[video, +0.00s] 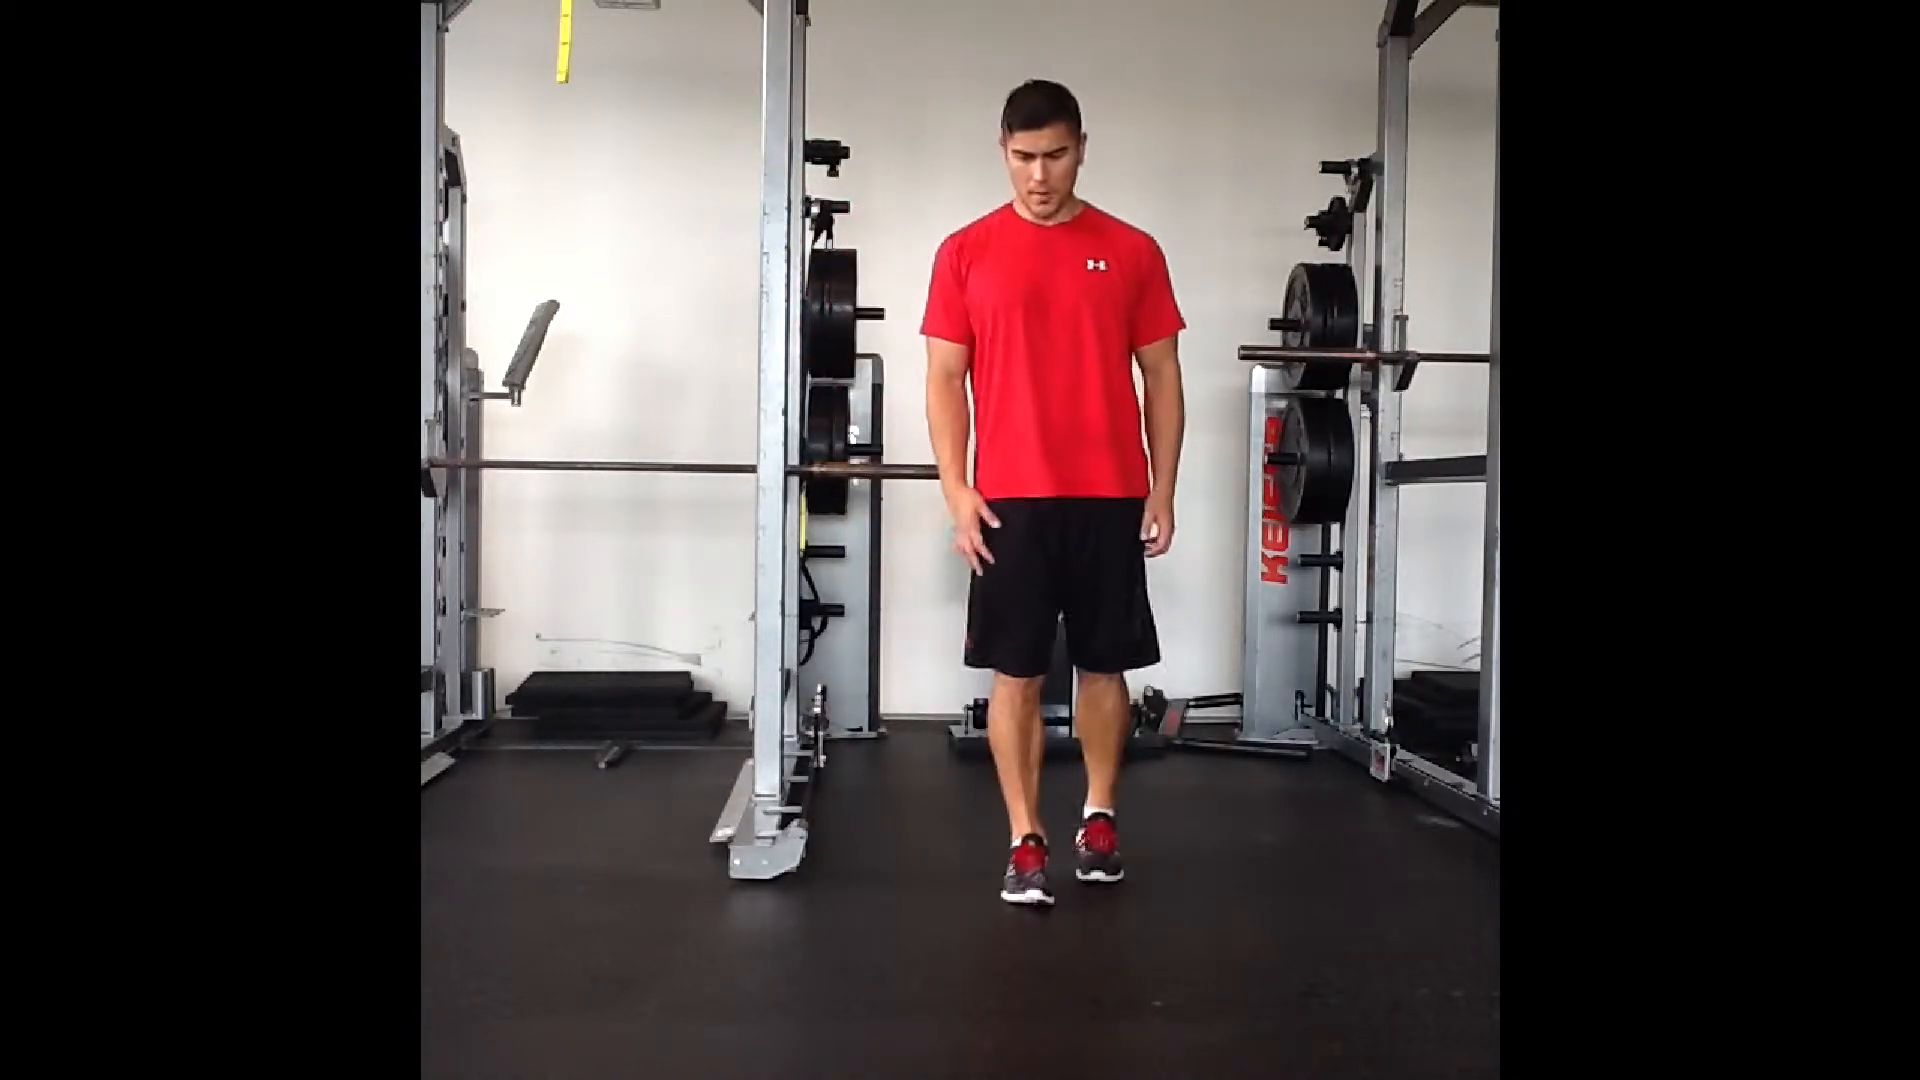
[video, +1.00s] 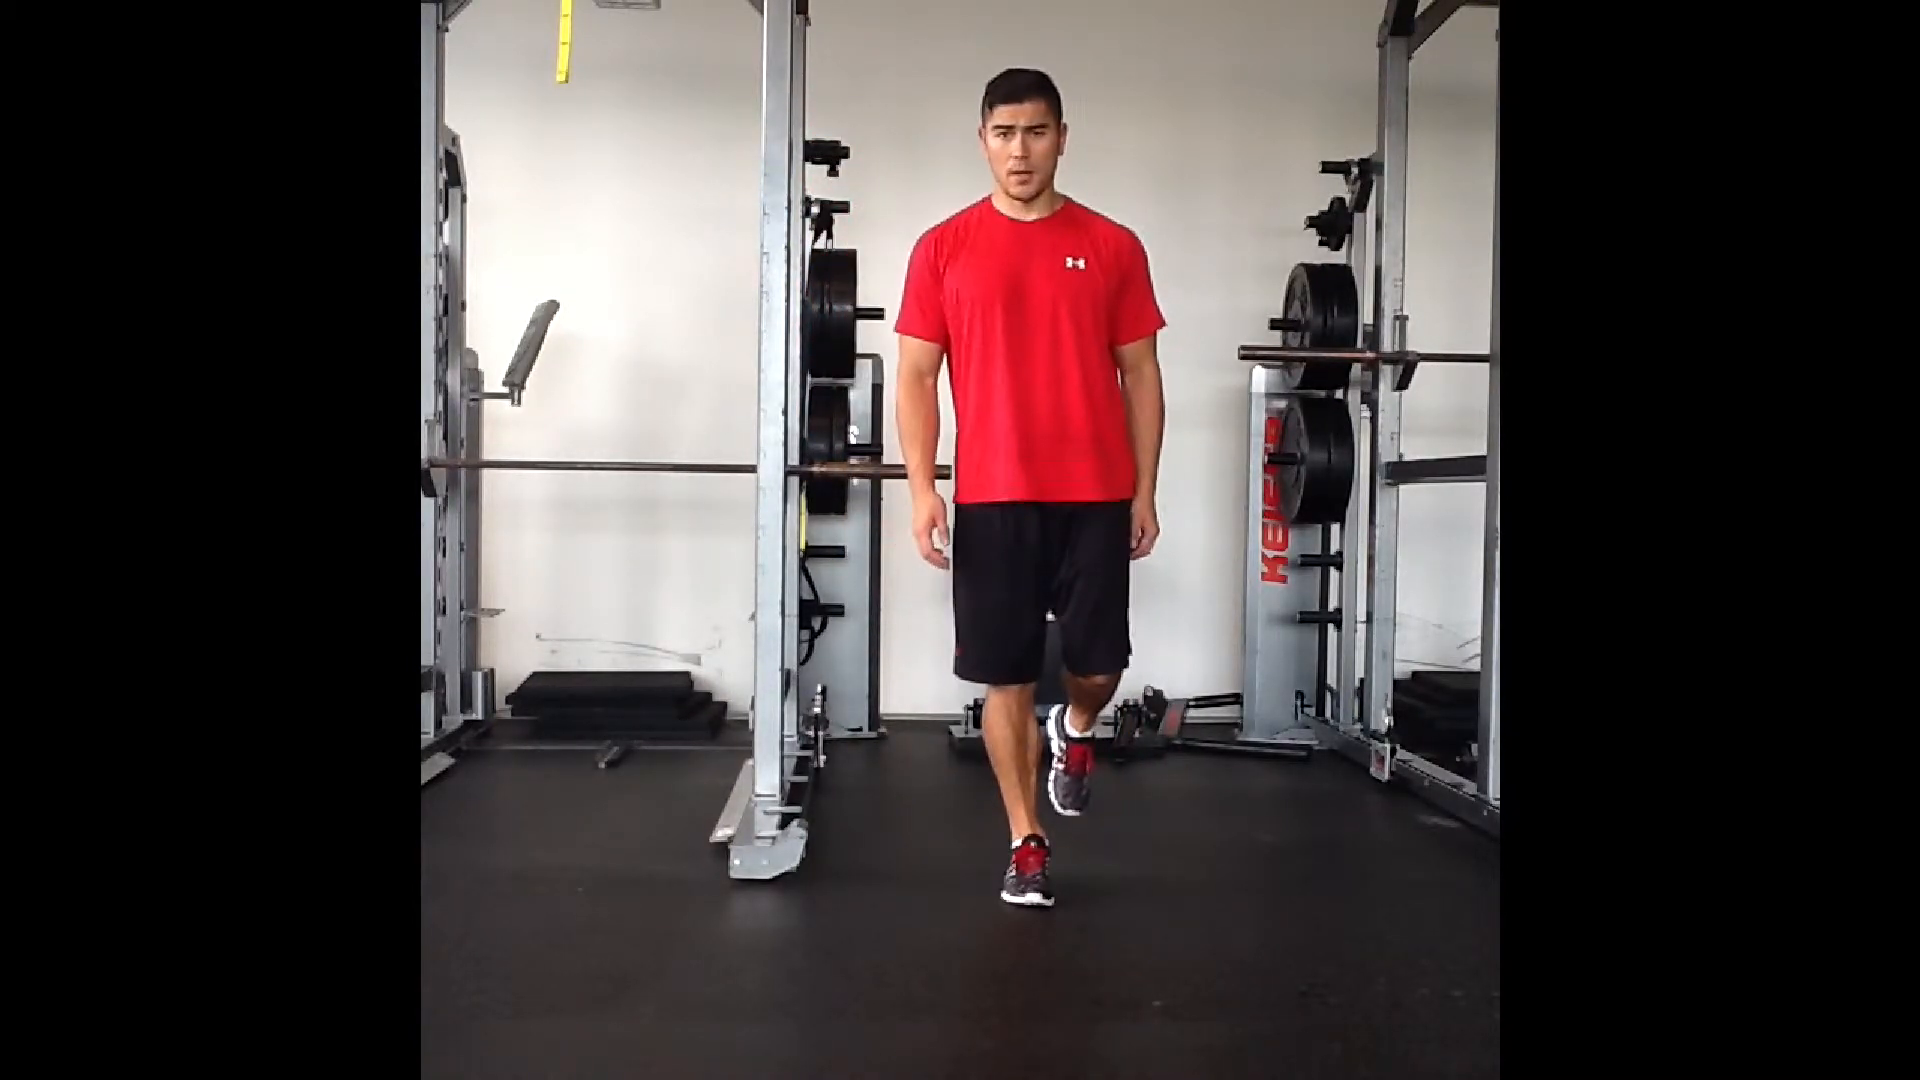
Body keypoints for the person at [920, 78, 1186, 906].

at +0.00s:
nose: (1040, 173)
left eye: (1055, 155)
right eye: (1024, 156)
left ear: (1080, 150)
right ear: (1003, 157)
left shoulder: (1132, 251)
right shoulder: (966, 254)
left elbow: (1161, 371)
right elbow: (944, 377)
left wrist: (1162, 488)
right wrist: (956, 490)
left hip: (1108, 496)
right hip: (1011, 497)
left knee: (1102, 667)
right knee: (1017, 672)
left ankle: (1099, 819)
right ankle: (1025, 841)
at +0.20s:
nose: (1033, 167)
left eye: (1048, 149)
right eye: (1017, 151)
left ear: (1074, 147)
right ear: (997, 153)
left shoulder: (1128, 250)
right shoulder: (960, 252)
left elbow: (1155, 372)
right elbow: (938, 376)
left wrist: (1155, 490)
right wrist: (949, 487)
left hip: (1106, 496)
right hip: (1006, 497)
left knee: (1105, 669)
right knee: (1015, 673)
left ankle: (1102, 817)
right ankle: (1026, 839)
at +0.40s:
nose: (1026, 154)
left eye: (1042, 137)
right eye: (1010, 139)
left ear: (1067, 142)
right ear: (991, 147)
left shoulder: (1120, 248)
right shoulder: (951, 251)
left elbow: (1148, 373)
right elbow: (924, 376)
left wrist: (1151, 490)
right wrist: (922, 490)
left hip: (1101, 495)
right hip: (1000, 496)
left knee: (1105, 673)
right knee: (1010, 677)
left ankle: (1098, 776)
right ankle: (1026, 842)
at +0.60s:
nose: (1024, 148)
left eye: (1039, 131)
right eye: (1008, 133)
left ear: (1064, 139)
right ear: (987, 142)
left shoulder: (1116, 246)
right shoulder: (946, 249)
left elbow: (1144, 370)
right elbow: (917, 375)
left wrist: (1148, 486)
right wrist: (910, 490)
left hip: (1099, 489)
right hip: (997, 491)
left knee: (1106, 664)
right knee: (1008, 673)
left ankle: (1081, 734)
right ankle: (1024, 842)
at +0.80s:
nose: (1021, 148)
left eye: (1036, 131)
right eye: (1005, 132)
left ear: (1061, 138)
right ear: (984, 142)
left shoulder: (1114, 247)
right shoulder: (944, 250)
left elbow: (1142, 372)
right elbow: (916, 375)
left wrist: (1147, 490)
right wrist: (917, 489)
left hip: (1098, 492)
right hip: (995, 493)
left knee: (1105, 661)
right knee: (1009, 673)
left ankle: (1078, 736)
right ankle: (1024, 841)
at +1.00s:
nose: (1021, 148)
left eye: (1036, 131)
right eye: (1004, 133)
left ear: (1061, 139)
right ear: (983, 142)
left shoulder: (1114, 247)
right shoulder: (942, 249)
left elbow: (1141, 370)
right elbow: (914, 374)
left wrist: (1145, 489)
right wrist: (922, 488)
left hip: (1096, 494)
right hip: (993, 495)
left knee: (1099, 661)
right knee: (1008, 674)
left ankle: (1074, 737)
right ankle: (1024, 841)